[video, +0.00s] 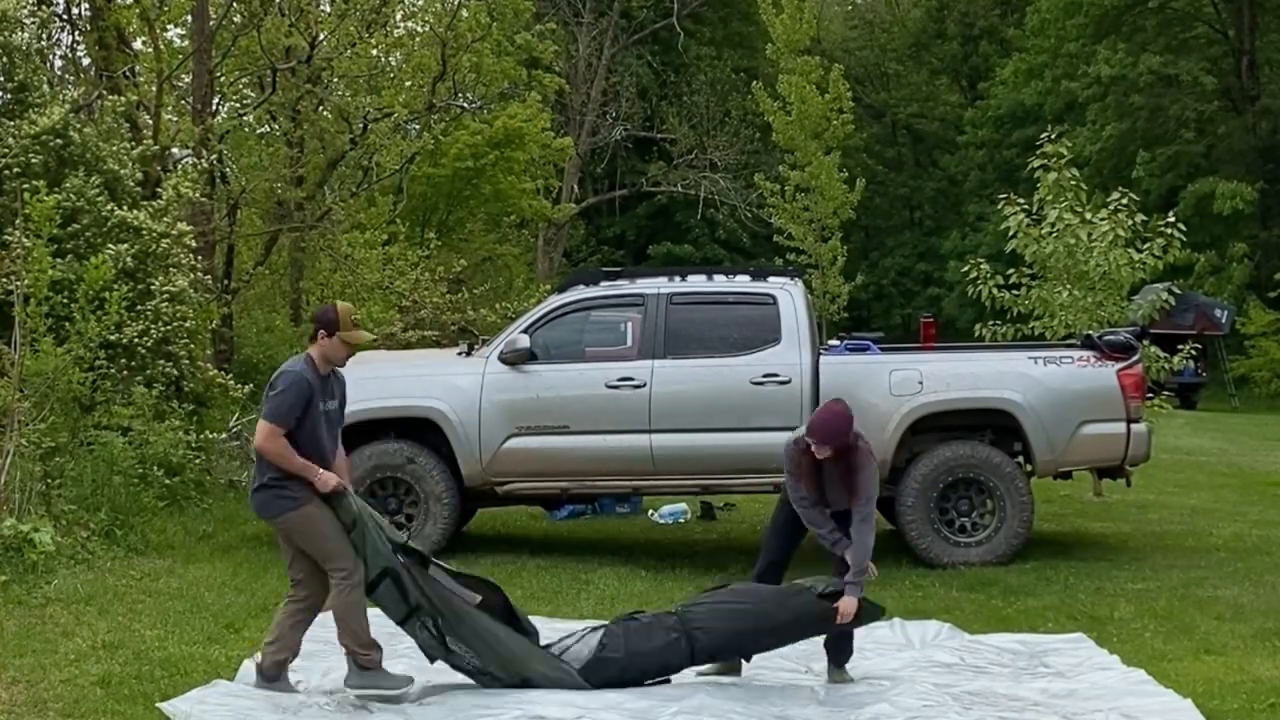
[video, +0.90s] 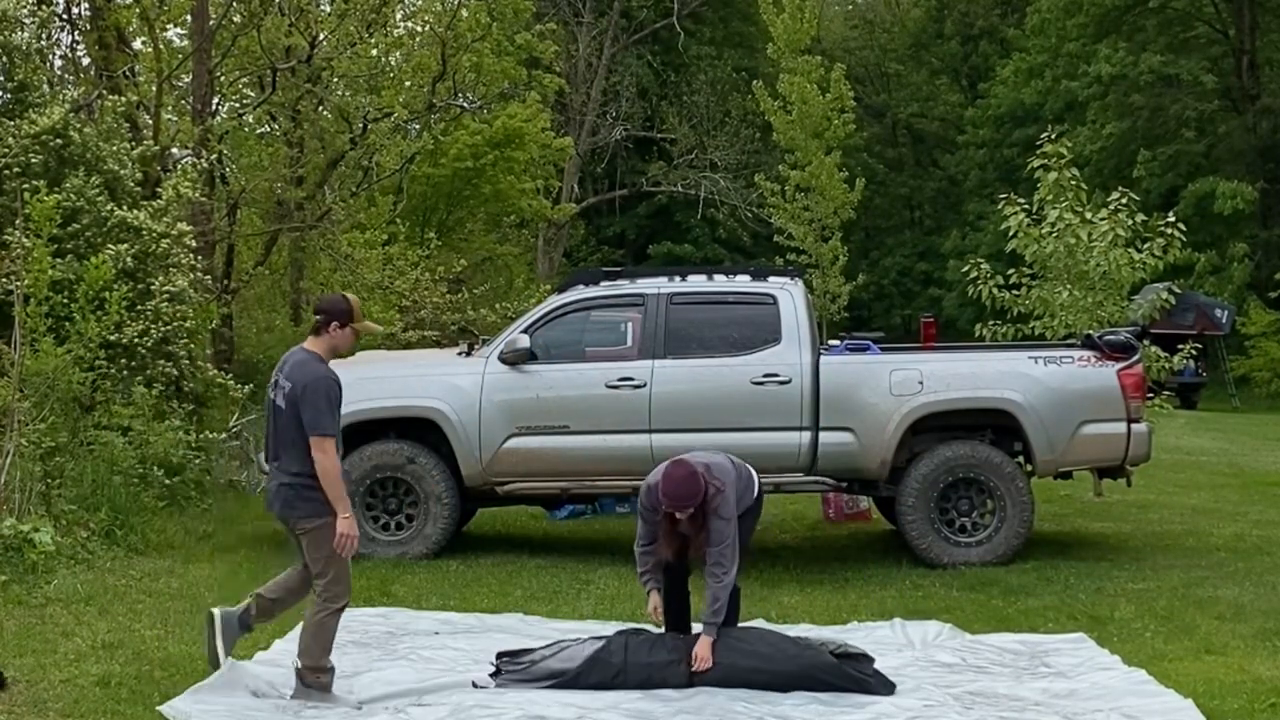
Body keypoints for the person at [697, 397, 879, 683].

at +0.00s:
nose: (816, 450)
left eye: (823, 446)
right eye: (813, 442)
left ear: (840, 443)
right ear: (808, 434)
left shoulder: (863, 456)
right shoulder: (796, 448)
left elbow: (865, 519)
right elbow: (805, 507)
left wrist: (853, 592)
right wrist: (846, 549)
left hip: (843, 510)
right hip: (799, 504)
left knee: (845, 578)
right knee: (767, 570)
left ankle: (837, 664)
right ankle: (734, 656)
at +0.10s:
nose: (803, 492)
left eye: (811, 489)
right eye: (801, 485)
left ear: (829, 486)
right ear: (797, 474)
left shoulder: (853, 487)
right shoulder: (782, 475)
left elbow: (855, 557)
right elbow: (767, 523)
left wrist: (855, 631)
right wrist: (775, 568)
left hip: (841, 516)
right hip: (796, 511)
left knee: (847, 579)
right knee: (764, 574)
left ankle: (838, 647)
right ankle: (738, 641)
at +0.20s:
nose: (776, 503)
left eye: (782, 500)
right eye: (772, 498)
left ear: (798, 494)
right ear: (765, 485)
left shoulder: (829, 493)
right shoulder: (759, 487)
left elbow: (842, 561)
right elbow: (745, 538)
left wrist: (837, 627)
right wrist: (734, 589)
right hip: (785, 509)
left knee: (839, 572)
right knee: (755, 571)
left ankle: (837, 640)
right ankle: (737, 636)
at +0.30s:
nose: (739, 489)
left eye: (745, 484)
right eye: (736, 483)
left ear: (763, 476)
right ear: (731, 476)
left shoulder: (798, 477)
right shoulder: (732, 483)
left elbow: (809, 550)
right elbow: (728, 534)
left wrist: (790, 605)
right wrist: (723, 587)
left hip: (824, 497)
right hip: (772, 500)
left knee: (829, 576)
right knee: (743, 573)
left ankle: (834, 655)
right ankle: (734, 645)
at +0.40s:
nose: (703, 462)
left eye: (708, 456)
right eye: (698, 457)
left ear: (723, 449)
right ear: (691, 451)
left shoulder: (756, 452)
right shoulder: (692, 461)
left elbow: (759, 527)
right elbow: (697, 514)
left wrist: (735, 586)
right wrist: (698, 568)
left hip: (784, 491)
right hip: (734, 498)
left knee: (791, 566)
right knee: (716, 571)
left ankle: (820, 644)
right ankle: (732, 645)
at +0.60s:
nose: (679, 497)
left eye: (684, 490)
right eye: (673, 491)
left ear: (696, 481)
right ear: (662, 484)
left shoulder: (722, 483)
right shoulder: (658, 480)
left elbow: (712, 553)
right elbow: (661, 523)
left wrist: (696, 621)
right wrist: (665, 567)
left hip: (759, 497)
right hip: (712, 502)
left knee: (728, 570)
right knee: (695, 572)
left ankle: (725, 642)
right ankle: (712, 642)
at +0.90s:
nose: (680, 515)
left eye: (686, 510)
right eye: (674, 510)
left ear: (700, 497)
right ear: (662, 495)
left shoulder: (721, 492)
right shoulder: (650, 491)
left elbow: (721, 566)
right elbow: (645, 545)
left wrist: (708, 635)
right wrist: (653, 590)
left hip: (739, 498)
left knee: (726, 571)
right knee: (673, 572)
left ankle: (725, 646)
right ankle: (676, 645)